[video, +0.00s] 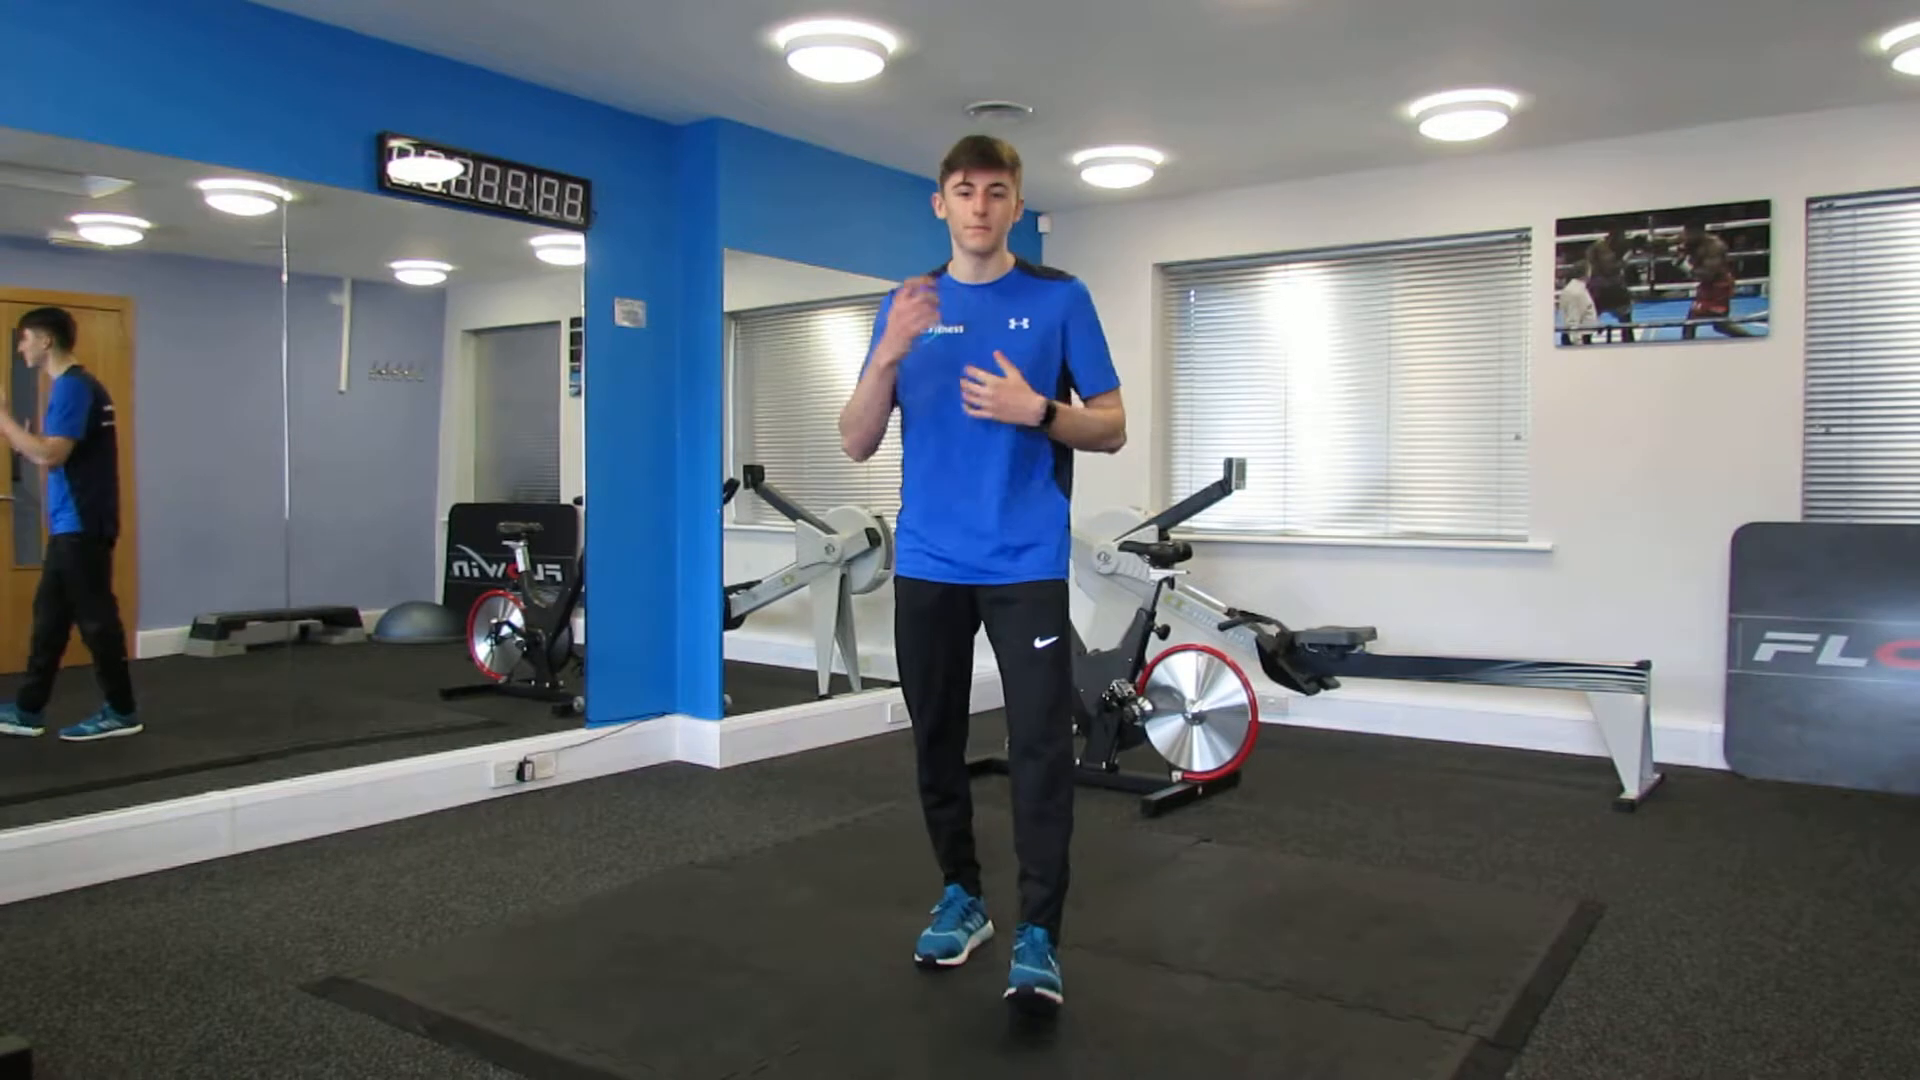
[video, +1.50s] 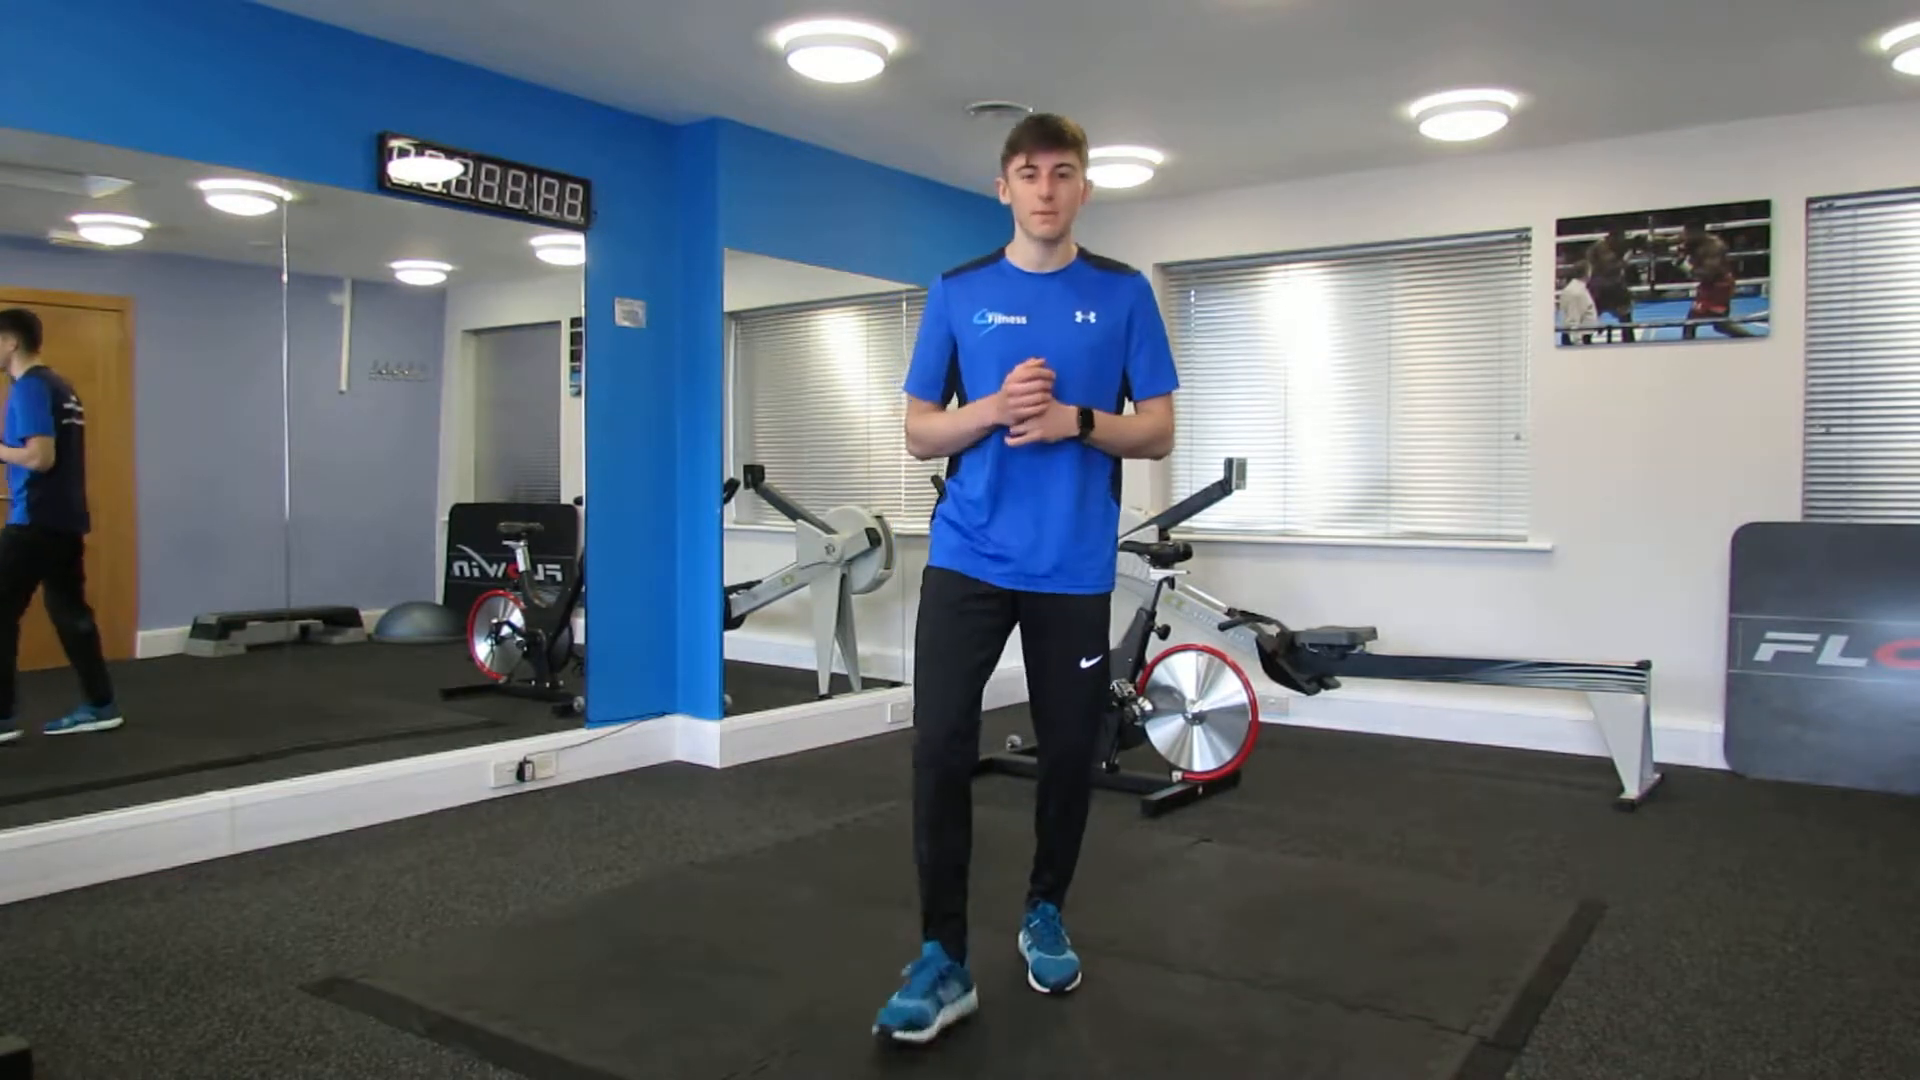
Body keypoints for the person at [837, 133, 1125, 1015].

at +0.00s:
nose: (980, 204)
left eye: (996, 192)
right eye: (965, 191)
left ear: (1017, 207)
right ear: (941, 205)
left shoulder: (1060, 300)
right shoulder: (905, 304)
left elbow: (1111, 428)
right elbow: (857, 442)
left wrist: (1040, 412)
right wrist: (890, 350)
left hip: (1027, 558)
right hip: (928, 556)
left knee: (1039, 745)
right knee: (936, 738)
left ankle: (1037, 932)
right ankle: (962, 892)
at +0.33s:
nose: (971, 208)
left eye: (985, 196)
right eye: (955, 195)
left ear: (1006, 210)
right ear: (930, 210)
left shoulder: (1049, 302)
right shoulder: (896, 314)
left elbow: (1082, 429)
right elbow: (880, 447)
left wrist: (999, 425)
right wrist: (918, 416)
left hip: (1023, 552)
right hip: (926, 554)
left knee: (1043, 733)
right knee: (935, 732)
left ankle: (1049, 917)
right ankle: (960, 893)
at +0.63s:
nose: (981, 206)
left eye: (996, 195)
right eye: (966, 193)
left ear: (1017, 212)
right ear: (943, 208)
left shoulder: (1059, 302)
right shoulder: (905, 313)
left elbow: (1100, 426)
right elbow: (858, 440)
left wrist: (1006, 421)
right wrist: (923, 415)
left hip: (1034, 559)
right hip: (934, 559)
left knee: (1055, 731)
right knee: (941, 734)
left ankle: (1044, 905)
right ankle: (962, 893)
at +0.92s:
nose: (1016, 197)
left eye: (1032, 187)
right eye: (1001, 185)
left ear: (1051, 206)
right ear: (976, 202)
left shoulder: (1087, 301)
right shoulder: (931, 304)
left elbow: (1125, 433)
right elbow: (899, 440)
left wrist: (1043, 420)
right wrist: (963, 412)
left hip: (1054, 562)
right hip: (952, 559)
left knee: (1061, 741)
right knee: (950, 738)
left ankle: (1046, 911)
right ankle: (964, 895)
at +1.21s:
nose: (1045, 197)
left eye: (1061, 184)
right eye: (1029, 183)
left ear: (1080, 201)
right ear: (1002, 196)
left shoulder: (1115, 302)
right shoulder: (953, 300)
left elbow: (1150, 433)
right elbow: (905, 434)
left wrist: (1072, 423)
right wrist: (988, 411)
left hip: (1073, 565)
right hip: (970, 560)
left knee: (1074, 746)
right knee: (945, 737)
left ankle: (1046, 910)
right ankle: (963, 879)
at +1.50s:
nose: (1047, 187)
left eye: (1063, 173)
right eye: (1031, 173)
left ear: (1086, 189)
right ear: (1004, 188)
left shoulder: (1125, 295)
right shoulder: (955, 293)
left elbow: (1157, 431)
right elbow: (920, 434)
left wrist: (1079, 422)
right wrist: (995, 408)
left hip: (1073, 568)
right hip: (967, 560)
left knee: (1071, 753)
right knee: (939, 748)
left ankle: (1045, 912)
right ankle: (943, 954)